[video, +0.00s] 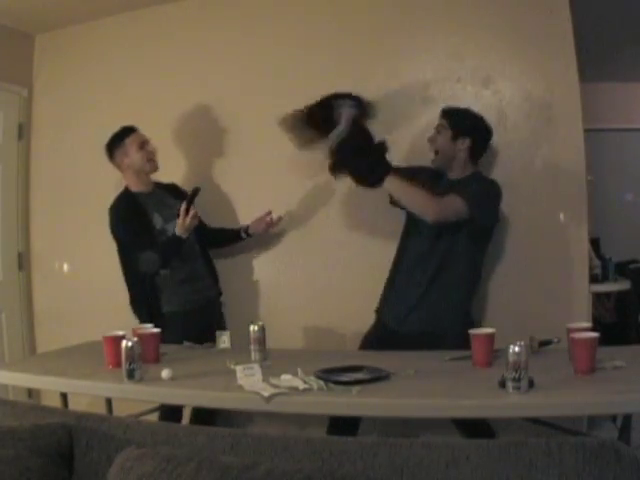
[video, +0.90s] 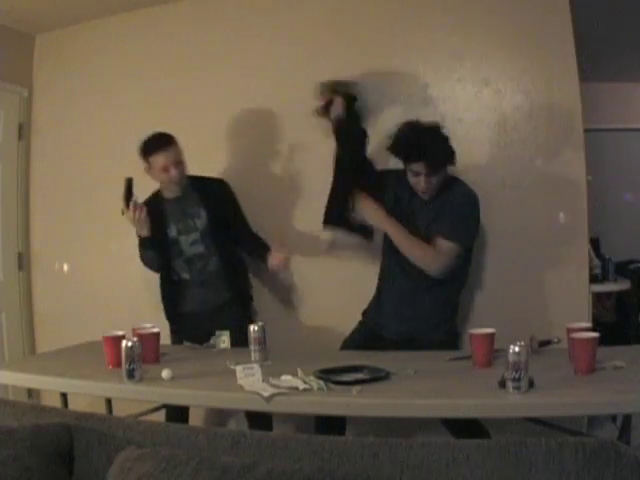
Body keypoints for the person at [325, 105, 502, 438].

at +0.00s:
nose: (431, 139)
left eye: (439, 133)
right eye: (434, 131)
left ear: (463, 145)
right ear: (458, 144)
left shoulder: (484, 191)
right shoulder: (427, 179)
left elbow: (434, 210)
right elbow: (374, 173)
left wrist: (379, 173)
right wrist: (350, 130)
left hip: (443, 327)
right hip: (394, 320)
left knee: (463, 411)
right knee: (347, 395)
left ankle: (504, 468)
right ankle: (331, 471)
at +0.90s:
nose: (421, 183)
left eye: (429, 175)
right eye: (414, 174)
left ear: (445, 168)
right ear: (404, 167)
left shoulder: (461, 200)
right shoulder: (397, 185)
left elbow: (439, 264)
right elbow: (352, 176)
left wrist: (384, 222)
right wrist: (343, 125)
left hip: (431, 329)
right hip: (381, 321)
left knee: (455, 413)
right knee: (327, 389)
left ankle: (499, 469)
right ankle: (328, 472)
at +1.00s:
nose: (420, 180)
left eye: (428, 170)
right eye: (411, 170)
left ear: (440, 163)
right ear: (400, 163)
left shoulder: (460, 200)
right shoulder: (387, 185)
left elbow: (477, 267)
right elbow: (351, 191)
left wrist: (411, 257)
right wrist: (354, 137)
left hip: (433, 326)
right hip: (381, 321)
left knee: (454, 409)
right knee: (330, 385)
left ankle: (499, 467)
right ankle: (327, 469)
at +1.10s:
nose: (424, 179)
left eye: (432, 170)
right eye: (416, 170)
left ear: (441, 163)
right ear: (401, 163)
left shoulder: (461, 201)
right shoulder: (384, 187)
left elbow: (493, 260)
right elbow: (342, 194)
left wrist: (454, 287)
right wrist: (328, 143)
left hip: (437, 325)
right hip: (385, 318)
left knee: (455, 407)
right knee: (333, 388)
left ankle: (499, 469)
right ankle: (327, 474)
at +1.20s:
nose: (429, 181)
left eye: (437, 172)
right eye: (421, 172)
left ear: (446, 165)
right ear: (405, 164)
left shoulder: (464, 201)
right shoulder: (388, 184)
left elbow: (491, 257)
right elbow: (340, 186)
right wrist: (305, 146)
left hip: (437, 326)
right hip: (384, 321)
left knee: (458, 408)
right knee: (334, 385)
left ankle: (498, 468)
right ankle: (330, 469)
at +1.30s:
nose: (429, 173)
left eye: (436, 165)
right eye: (420, 164)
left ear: (446, 160)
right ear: (406, 159)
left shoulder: (465, 200)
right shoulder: (388, 184)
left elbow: (504, 255)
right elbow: (330, 180)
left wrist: (528, 318)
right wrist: (312, 136)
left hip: (437, 328)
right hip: (381, 322)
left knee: (460, 412)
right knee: (331, 391)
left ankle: (504, 475)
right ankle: (328, 473)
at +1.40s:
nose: (421, 170)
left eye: (430, 161)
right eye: (413, 161)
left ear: (443, 158)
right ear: (402, 157)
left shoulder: (464, 198)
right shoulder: (389, 185)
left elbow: (514, 251)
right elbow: (333, 179)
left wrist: (533, 321)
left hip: (435, 330)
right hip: (380, 324)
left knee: (459, 411)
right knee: (331, 391)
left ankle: (503, 474)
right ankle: (327, 474)